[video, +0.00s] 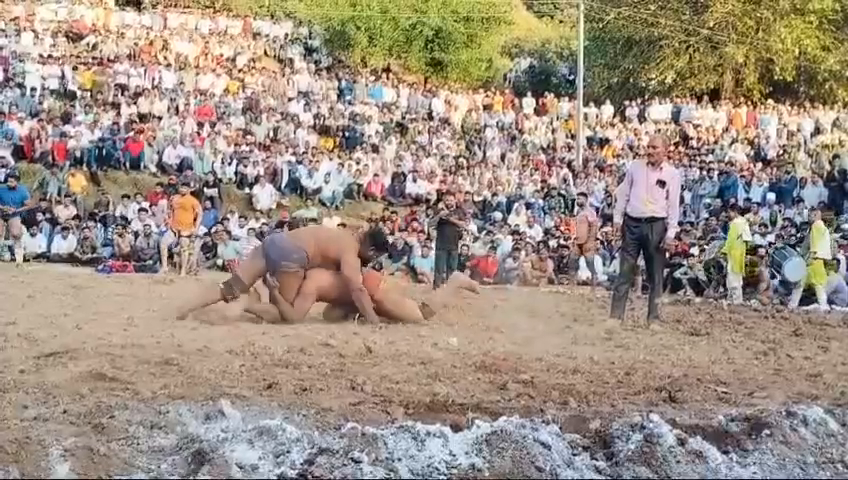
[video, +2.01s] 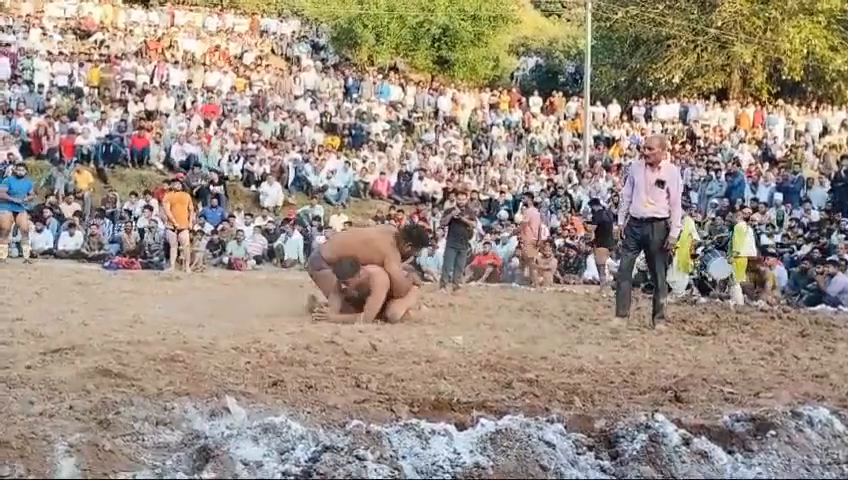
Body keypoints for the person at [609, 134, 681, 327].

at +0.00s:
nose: (650, 151)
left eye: (654, 148)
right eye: (649, 147)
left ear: (666, 150)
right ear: (646, 148)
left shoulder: (672, 173)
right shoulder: (635, 167)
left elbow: (673, 205)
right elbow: (622, 193)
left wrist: (671, 233)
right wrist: (617, 219)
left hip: (657, 222)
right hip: (632, 220)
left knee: (655, 273)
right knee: (625, 270)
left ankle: (653, 316)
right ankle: (616, 315)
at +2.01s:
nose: (645, 152)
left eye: (650, 149)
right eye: (644, 148)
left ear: (662, 151)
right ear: (642, 149)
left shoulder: (672, 171)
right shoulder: (635, 167)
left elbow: (676, 204)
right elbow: (626, 195)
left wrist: (674, 233)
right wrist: (621, 221)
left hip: (658, 223)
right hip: (634, 221)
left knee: (658, 273)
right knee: (624, 268)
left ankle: (659, 317)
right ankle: (622, 314)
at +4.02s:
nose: (649, 176)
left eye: (653, 172)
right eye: (647, 172)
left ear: (666, 168)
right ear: (646, 171)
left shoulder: (686, 187)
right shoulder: (642, 190)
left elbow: (694, 220)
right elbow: (637, 224)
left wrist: (691, 246)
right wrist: (634, 250)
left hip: (678, 249)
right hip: (651, 249)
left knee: (680, 305)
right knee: (652, 301)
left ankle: (683, 347)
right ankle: (648, 349)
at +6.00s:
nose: (551, 126)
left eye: (551, 119)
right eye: (549, 120)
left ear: (565, 111)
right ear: (565, 111)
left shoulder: (594, 135)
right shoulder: (572, 140)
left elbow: (590, 178)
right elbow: (571, 183)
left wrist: (563, 210)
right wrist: (559, 214)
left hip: (590, 217)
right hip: (570, 218)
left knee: (598, 291)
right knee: (548, 284)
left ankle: (615, 359)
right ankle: (540, 351)